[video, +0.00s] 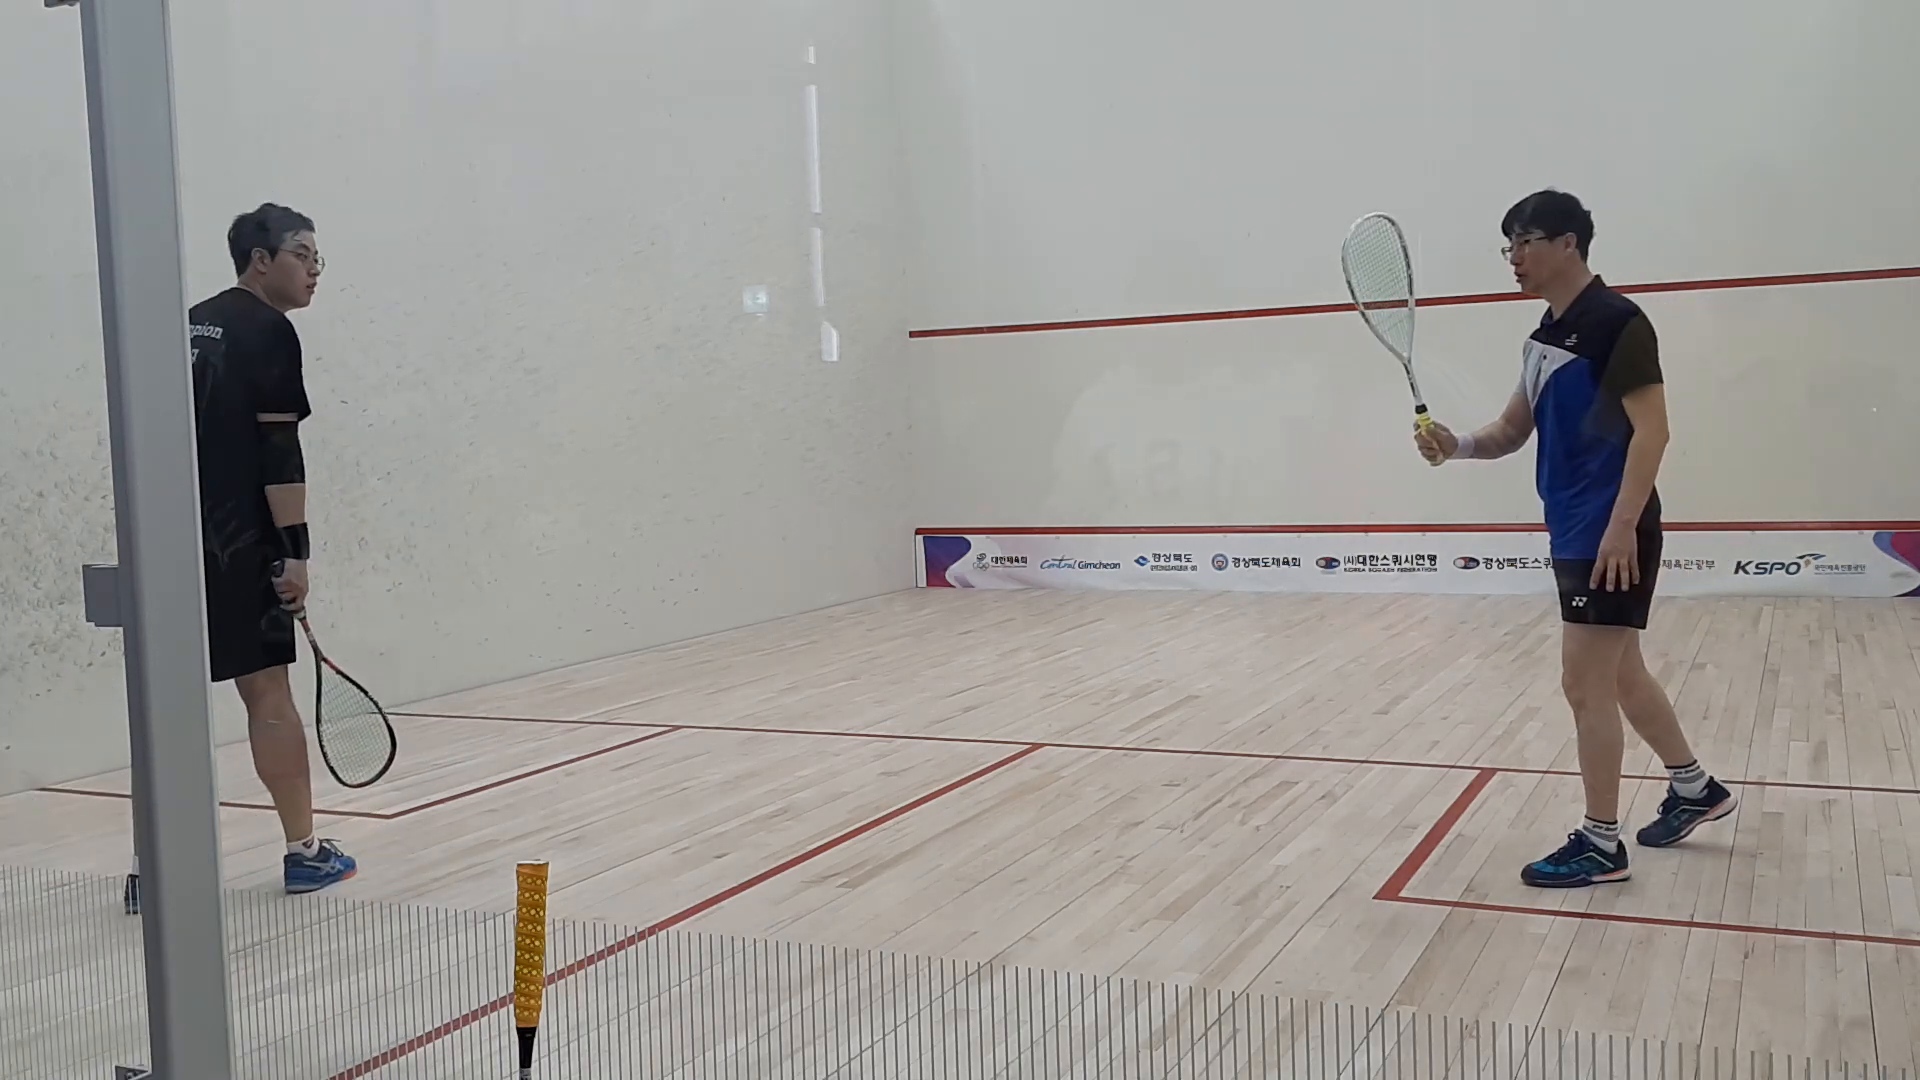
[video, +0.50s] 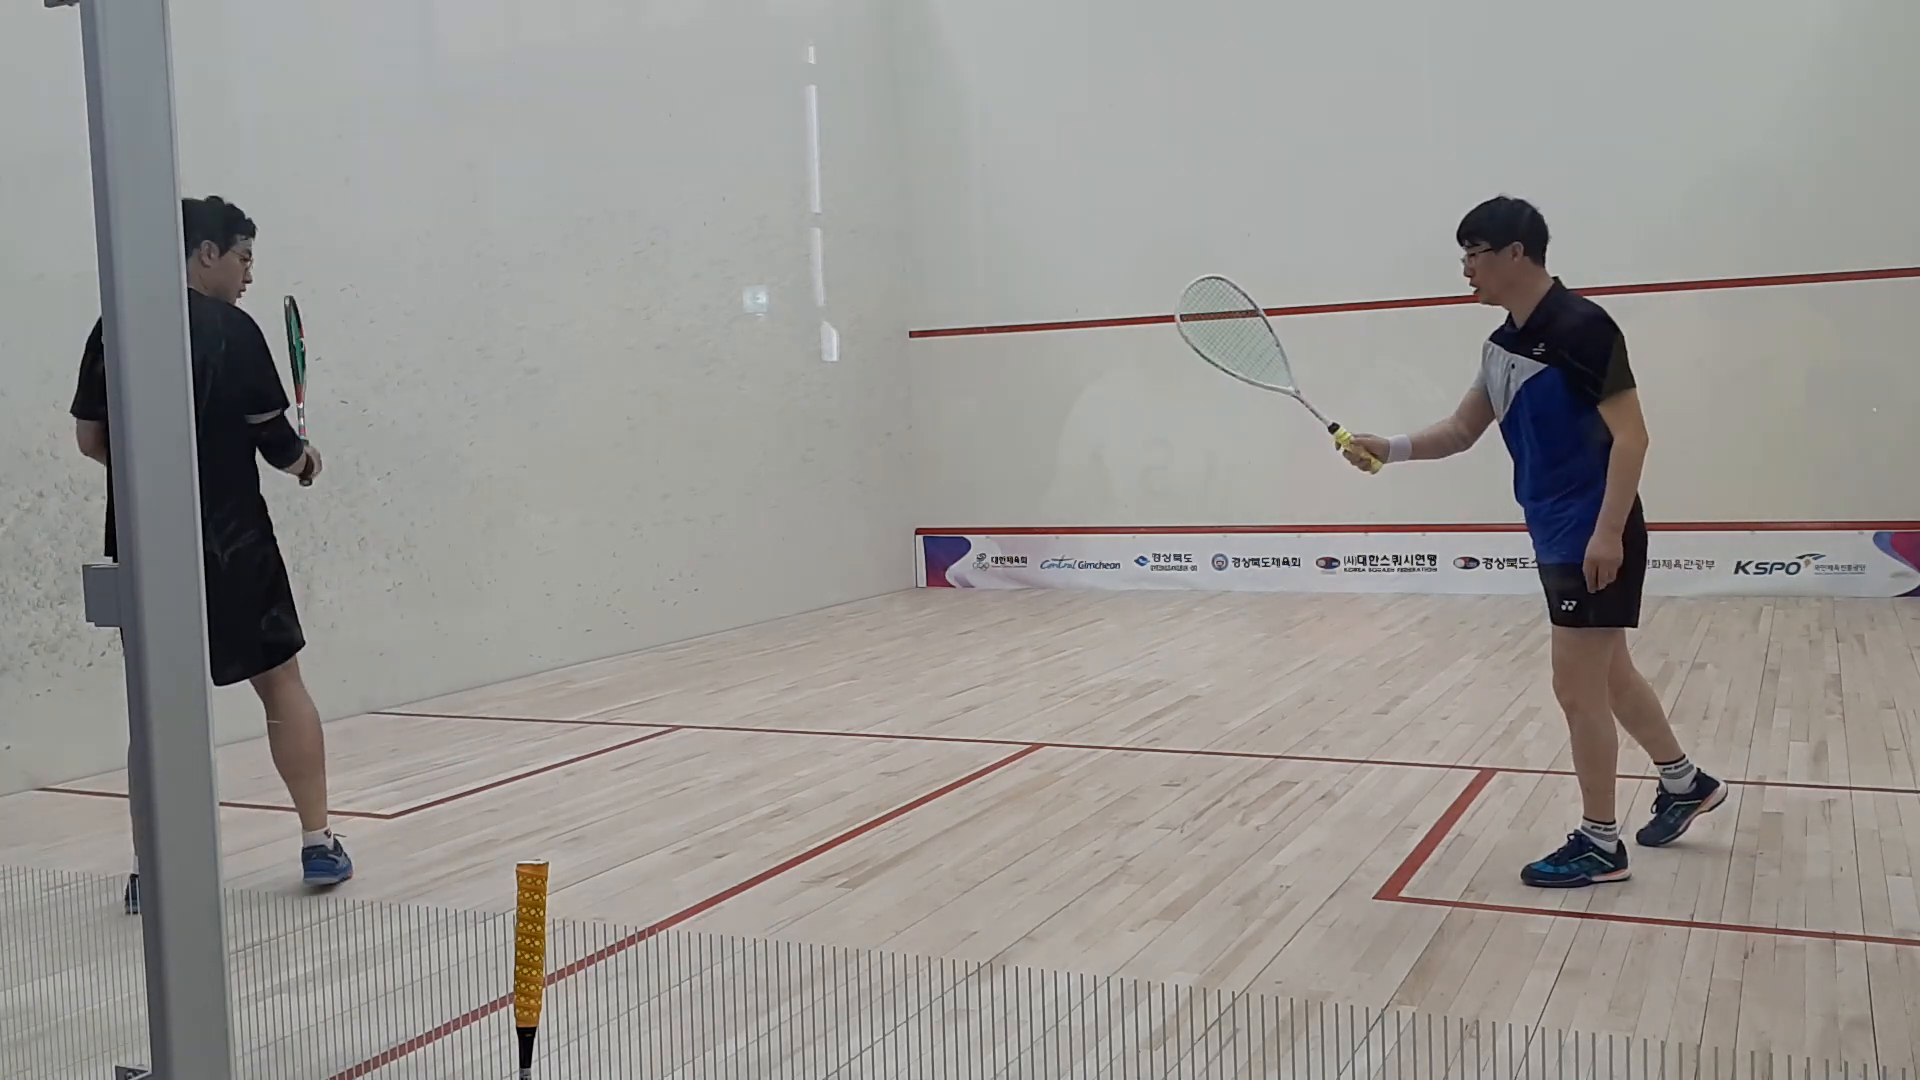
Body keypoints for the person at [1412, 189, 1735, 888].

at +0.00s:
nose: (1512, 259)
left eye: (1523, 245)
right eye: (1510, 247)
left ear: (1569, 245)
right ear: (1539, 253)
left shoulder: (1620, 323)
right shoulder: (1547, 334)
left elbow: (1653, 432)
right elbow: (1509, 431)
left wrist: (1623, 524)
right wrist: (1458, 444)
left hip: (1610, 533)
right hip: (1573, 533)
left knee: (1587, 684)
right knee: (1625, 676)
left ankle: (1602, 839)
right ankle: (1693, 783)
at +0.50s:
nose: (1464, 270)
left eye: (1473, 256)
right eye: (1464, 257)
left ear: (1515, 254)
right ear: (1503, 259)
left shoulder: (1584, 329)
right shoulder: (1504, 346)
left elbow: (1631, 437)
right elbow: (1462, 430)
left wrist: (1608, 532)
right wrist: (1387, 448)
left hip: (1595, 538)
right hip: (1557, 541)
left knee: (1579, 688)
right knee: (1614, 674)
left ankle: (1600, 838)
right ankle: (1683, 778)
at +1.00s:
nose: (1379, 296)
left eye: (1386, 281)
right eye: (1377, 283)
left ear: (1424, 275)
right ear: (1418, 279)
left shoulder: (1501, 341)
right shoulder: (1416, 352)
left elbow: (1458, 445)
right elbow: (1378, 437)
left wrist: (1358, 466)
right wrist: (1353, 400)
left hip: (1542, 546)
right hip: (1484, 545)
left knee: (1554, 692)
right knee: (1424, 659)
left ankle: (1601, 838)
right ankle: (1407, 805)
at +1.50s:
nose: (1186, 344)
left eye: (1187, 332)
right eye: (1185, 333)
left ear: (1209, 331)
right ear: (1234, 326)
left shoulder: (1273, 383)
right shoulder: (1242, 395)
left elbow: (1274, 487)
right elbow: (1214, 486)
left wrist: (1221, 557)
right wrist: (1176, 549)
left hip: (1357, 564)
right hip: (1322, 568)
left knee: (1394, 702)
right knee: (1261, 669)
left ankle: (1528, 796)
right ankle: (1281, 810)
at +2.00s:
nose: (1064, 319)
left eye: (1065, 310)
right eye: (1068, 308)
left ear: (1074, 315)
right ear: (1124, 309)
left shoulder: (1099, 378)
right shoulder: (1171, 364)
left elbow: (1090, 472)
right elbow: (1198, 458)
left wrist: (1064, 560)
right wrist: (1235, 523)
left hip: (1158, 556)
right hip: (1223, 548)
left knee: (1101, 677)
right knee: (1220, 678)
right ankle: (1278, 804)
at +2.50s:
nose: (844, 329)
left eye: (846, 320)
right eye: (846, 320)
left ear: (860, 326)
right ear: (905, 323)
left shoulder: (850, 402)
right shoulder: (955, 384)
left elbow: (848, 498)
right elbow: (994, 482)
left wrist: (834, 586)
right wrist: (1000, 557)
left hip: (907, 574)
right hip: (982, 563)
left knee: (850, 689)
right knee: (1033, 696)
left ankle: (868, 824)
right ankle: (1087, 812)